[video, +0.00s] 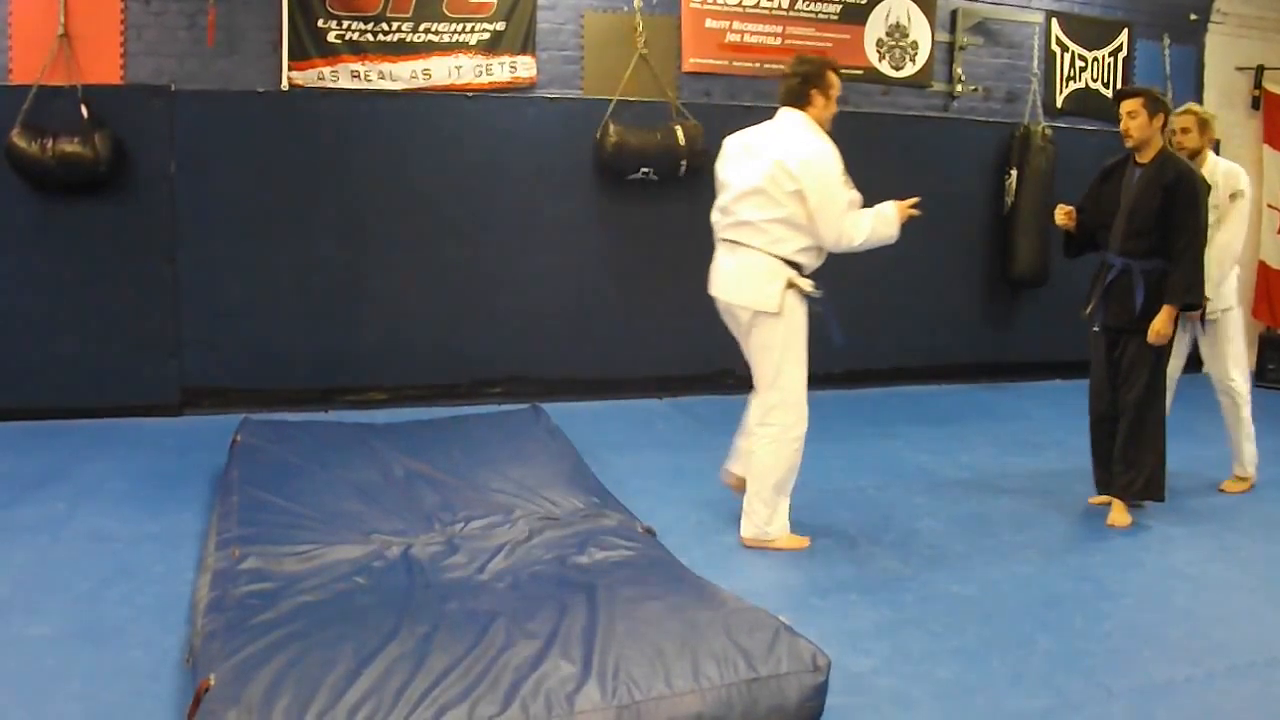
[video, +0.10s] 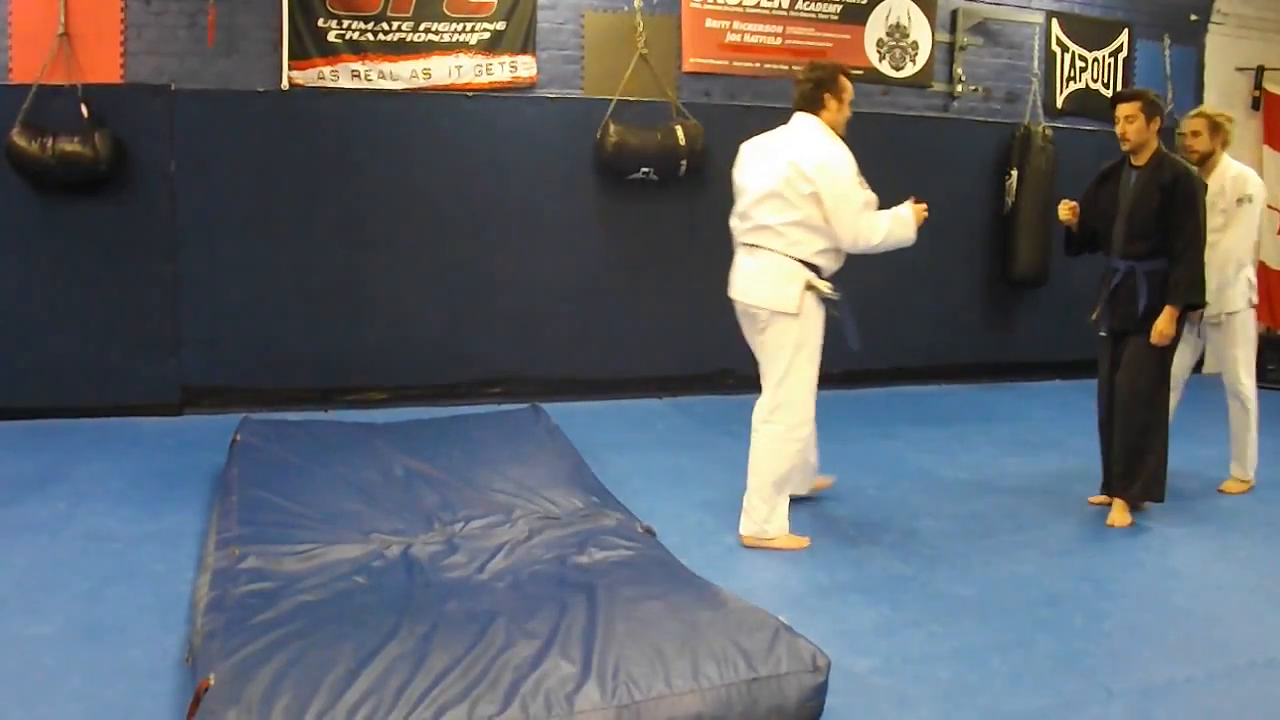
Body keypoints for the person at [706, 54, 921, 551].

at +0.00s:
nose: (835, 109)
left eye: (835, 99)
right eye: (832, 98)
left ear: (793, 95)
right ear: (814, 96)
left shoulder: (738, 141)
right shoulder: (813, 149)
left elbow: (739, 210)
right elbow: (839, 231)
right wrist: (891, 216)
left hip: (726, 278)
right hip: (771, 288)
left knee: (773, 384)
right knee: (786, 409)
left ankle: (743, 466)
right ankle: (763, 527)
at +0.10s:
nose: (849, 113)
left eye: (848, 103)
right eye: (846, 103)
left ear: (807, 100)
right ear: (827, 100)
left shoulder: (754, 147)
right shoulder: (828, 153)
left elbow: (755, 216)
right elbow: (856, 231)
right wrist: (906, 219)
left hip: (747, 281)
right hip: (789, 289)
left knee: (791, 388)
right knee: (784, 404)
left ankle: (796, 476)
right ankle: (761, 525)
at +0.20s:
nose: (861, 116)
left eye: (860, 107)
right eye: (857, 107)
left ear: (817, 107)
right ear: (835, 107)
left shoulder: (770, 154)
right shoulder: (839, 156)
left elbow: (771, 223)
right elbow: (866, 232)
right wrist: (903, 198)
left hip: (767, 280)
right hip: (806, 288)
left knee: (801, 390)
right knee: (797, 403)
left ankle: (804, 481)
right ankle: (764, 521)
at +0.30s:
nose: (871, 115)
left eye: (870, 107)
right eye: (867, 106)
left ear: (828, 107)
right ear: (846, 105)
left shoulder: (784, 153)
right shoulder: (849, 150)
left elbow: (784, 219)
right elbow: (875, 222)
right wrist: (912, 193)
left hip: (779, 277)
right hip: (817, 283)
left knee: (805, 388)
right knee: (837, 396)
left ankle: (810, 480)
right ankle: (781, 493)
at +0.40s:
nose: (879, 115)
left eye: (879, 106)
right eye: (877, 106)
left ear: (837, 105)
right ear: (860, 104)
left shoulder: (796, 150)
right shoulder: (861, 147)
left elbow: (799, 210)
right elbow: (890, 214)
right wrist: (929, 224)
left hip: (789, 268)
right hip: (830, 275)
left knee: (808, 379)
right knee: (866, 380)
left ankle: (801, 477)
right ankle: (821, 478)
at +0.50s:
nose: (894, 109)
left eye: (892, 101)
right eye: (891, 101)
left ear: (849, 102)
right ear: (878, 101)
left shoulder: (810, 148)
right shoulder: (884, 152)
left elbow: (806, 209)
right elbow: (903, 214)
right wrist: (918, 265)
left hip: (804, 264)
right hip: (850, 273)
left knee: (814, 374)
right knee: (879, 376)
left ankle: (804, 480)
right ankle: (861, 480)